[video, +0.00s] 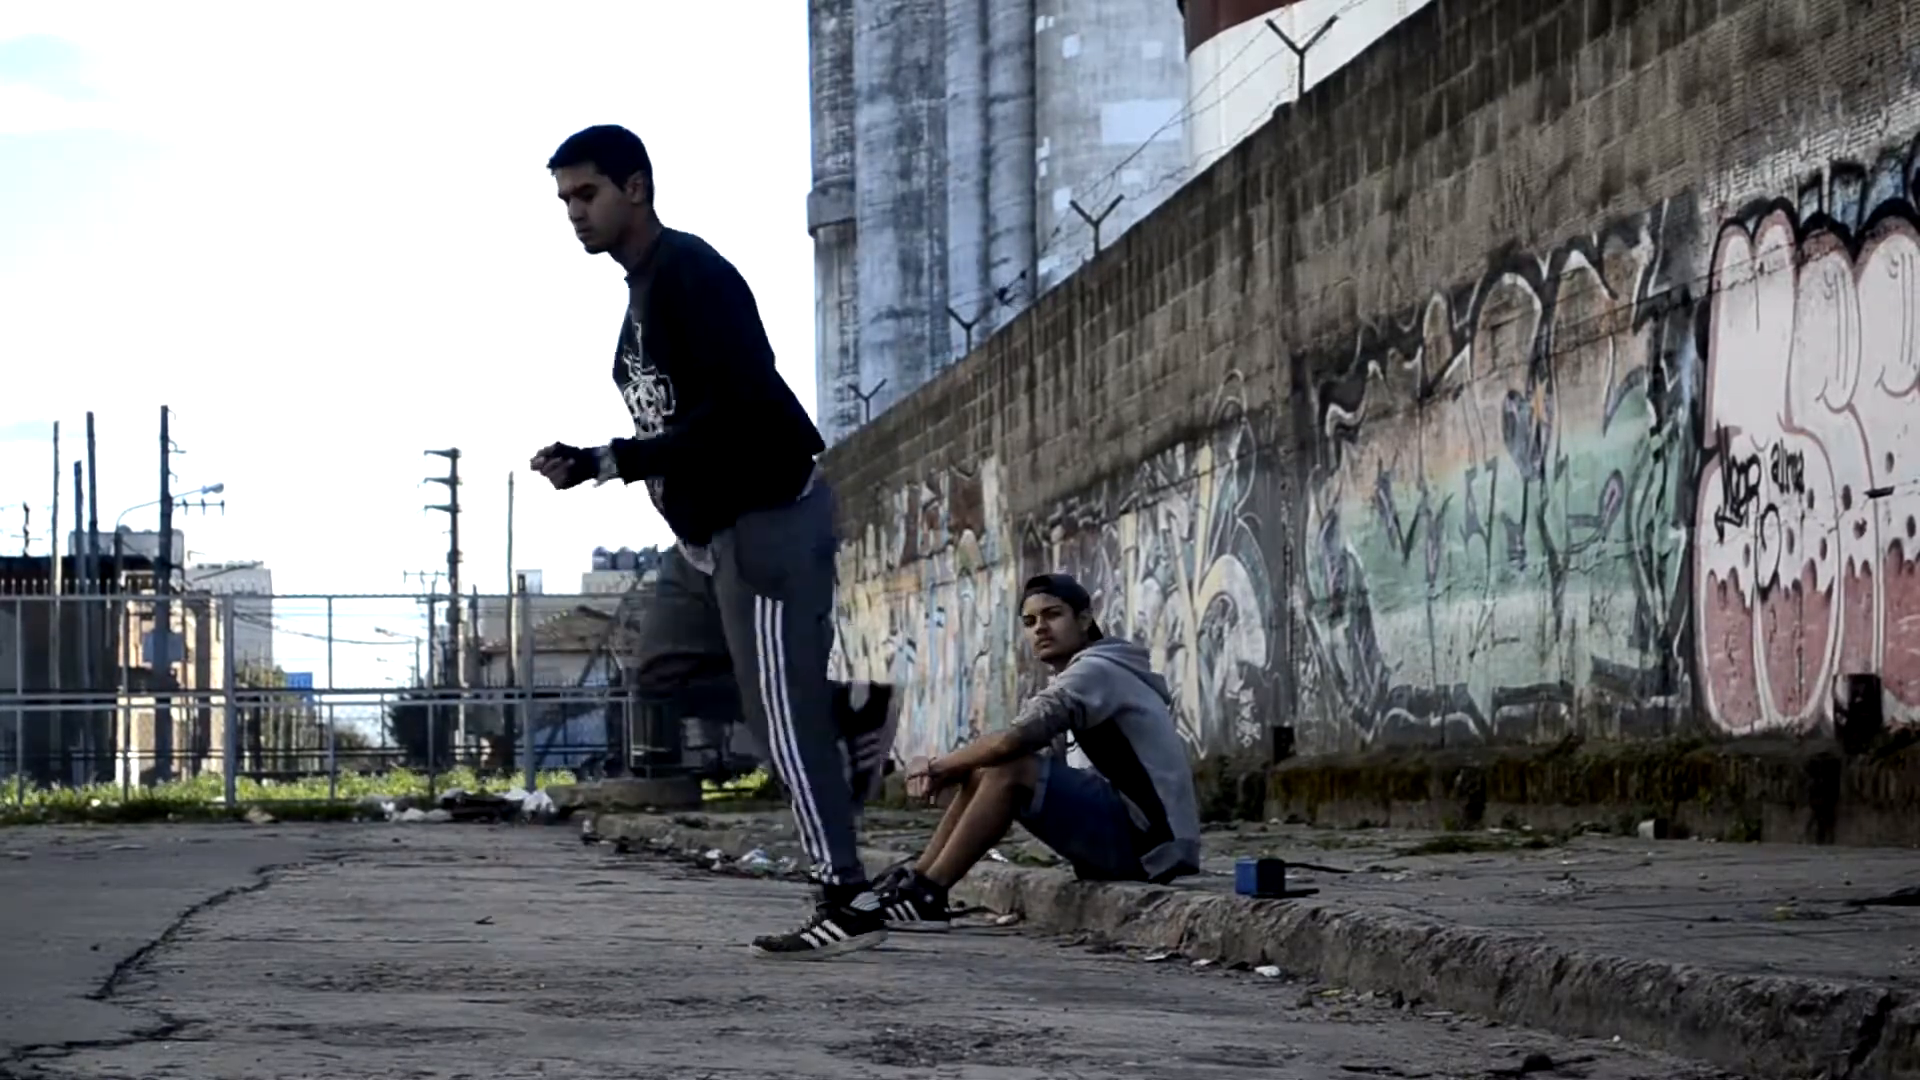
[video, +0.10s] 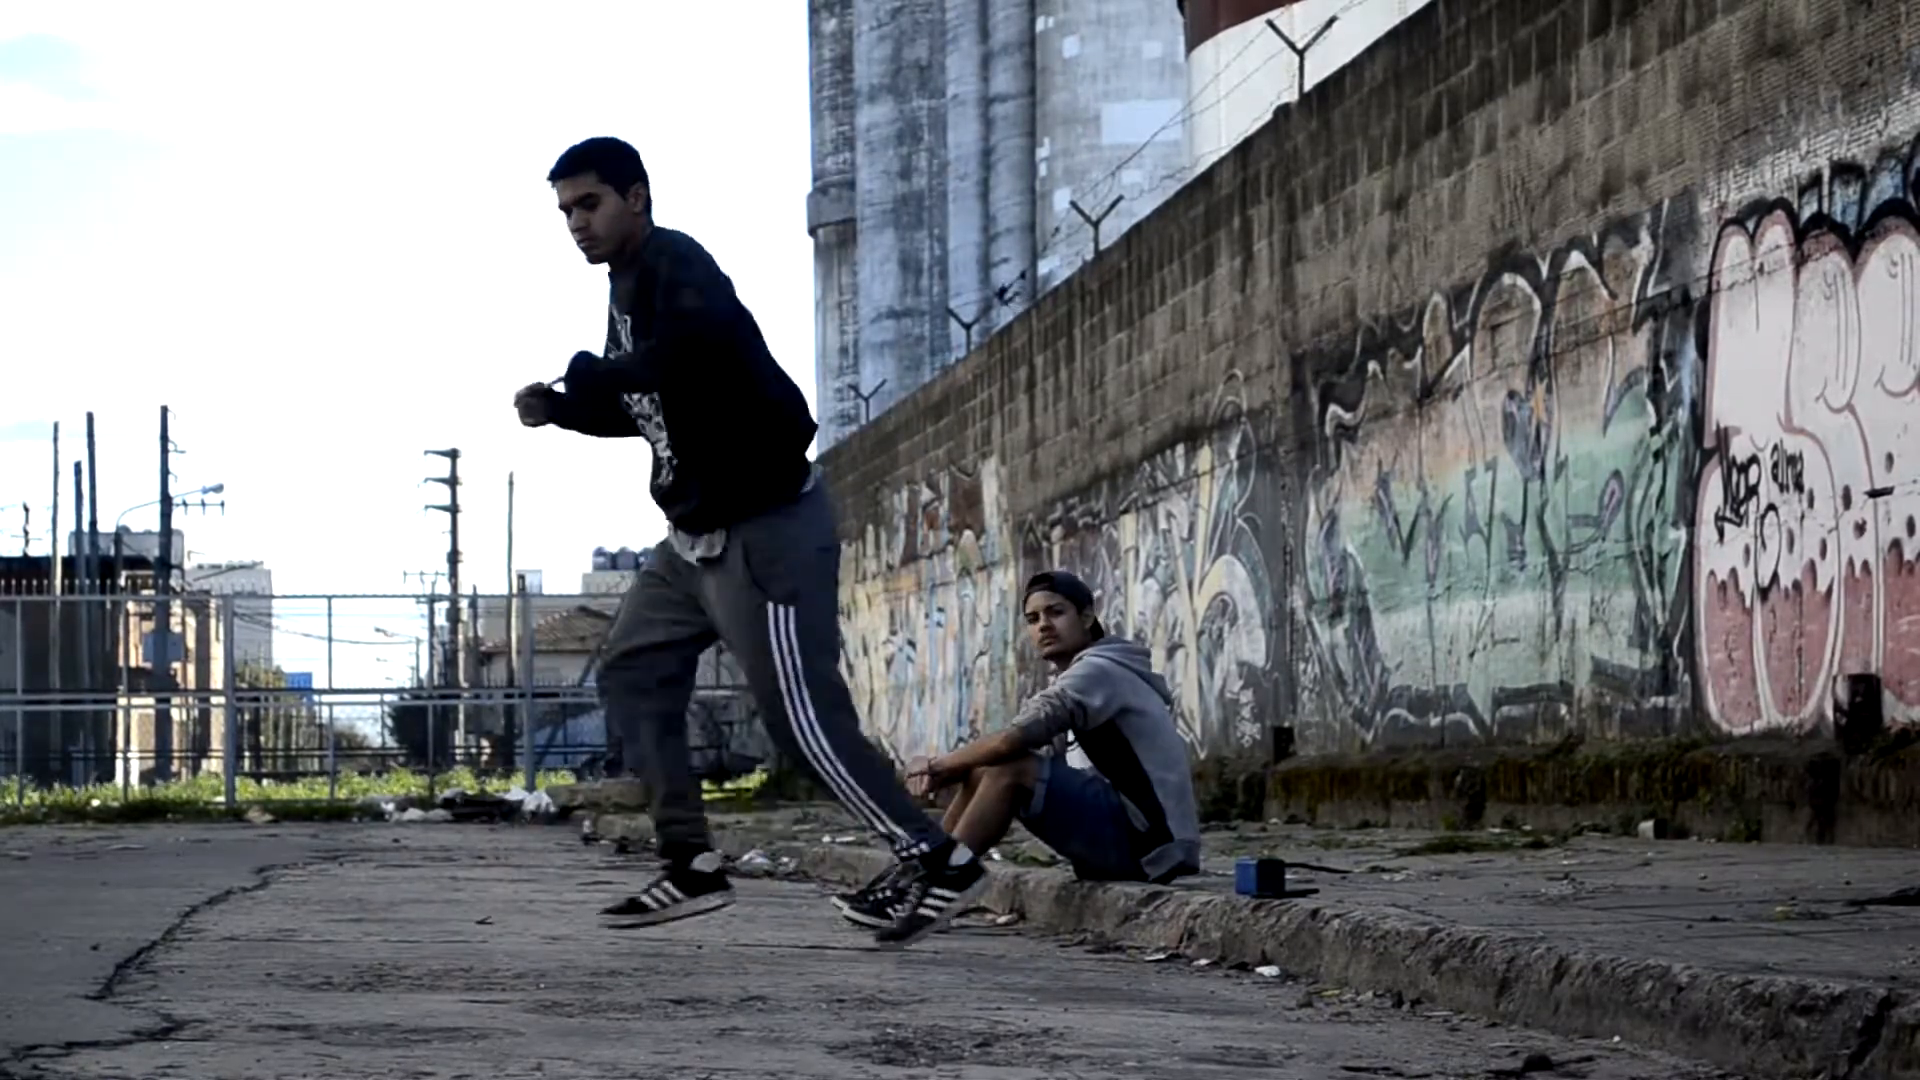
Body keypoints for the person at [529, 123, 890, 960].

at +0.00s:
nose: (572, 215)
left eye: (583, 196)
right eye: (565, 201)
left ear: (635, 186)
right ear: (581, 203)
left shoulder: (689, 275)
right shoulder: (647, 292)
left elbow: (723, 425)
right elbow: (690, 424)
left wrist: (603, 461)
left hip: (771, 518)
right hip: (722, 530)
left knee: (786, 710)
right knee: (658, 672)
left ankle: (846, 898)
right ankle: (849, 710)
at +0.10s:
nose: (576, 223)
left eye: (587, 205)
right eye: (566, 212)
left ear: (634, 196)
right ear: (570, 220)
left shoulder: (672, 262)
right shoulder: (626, 288)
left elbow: (699, 341)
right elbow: (643, 409)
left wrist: (594, 377)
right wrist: (563, 408)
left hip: (767, 525)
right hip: (697, 535)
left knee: (806, 718)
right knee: (633, 675)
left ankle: (937, 857)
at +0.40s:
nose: (613, 193)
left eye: (629, 175)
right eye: (600, 180)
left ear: (665, 180)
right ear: (591, 193)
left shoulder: (711, 268)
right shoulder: (621, 294)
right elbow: (638, 411)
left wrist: (655, 461)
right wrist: (615, 478)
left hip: (770, 500)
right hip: (709, 524)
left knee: (709, 677)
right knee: (688, 700)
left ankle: (873, 747)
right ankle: (737, 895)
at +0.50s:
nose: (634, 216)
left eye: (649, 199)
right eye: (620, 204)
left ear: (683, 205)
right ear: (609, 217)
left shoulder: (736, 292)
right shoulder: (637, 318)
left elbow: (811, 403)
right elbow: (680, 432)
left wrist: (745, 491)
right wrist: (648, 486)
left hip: (777, 515)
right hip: (725, 526)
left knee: (645, 625)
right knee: (734, 734)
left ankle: (811, 672)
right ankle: (832, 903)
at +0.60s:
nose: (619, 227)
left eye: (634, 210)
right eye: (605, 214)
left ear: (666, 215)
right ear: (594, 229)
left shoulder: (723, 298)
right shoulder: (621, 338)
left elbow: (829, 393)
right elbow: (639, 437)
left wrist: (801, 490)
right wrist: (631, 474)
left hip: (774, 506)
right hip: (752, 517)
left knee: (635, 603)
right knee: (781, 717)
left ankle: (771, 733)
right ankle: (840, 905)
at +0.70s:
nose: (605, 236)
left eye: (619, 218)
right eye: (590, 224)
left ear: (653, 218)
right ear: (579, 234)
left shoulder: (712, 288)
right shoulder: (598, 324)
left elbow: (840, 339)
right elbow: (569, 409)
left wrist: (815, 441)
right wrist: (564, 439)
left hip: (782, 503)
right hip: (752, 515)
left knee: (668, 646)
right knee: (801, 706)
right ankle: (930, 860)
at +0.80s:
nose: (603, 292)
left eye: (618, 274)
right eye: (589, 279)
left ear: (653, 274)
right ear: (579, 286)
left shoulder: (705, 329)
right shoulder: (584, 360)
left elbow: (828, 311)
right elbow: (506, 381)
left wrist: (775, 359)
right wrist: (476, 411)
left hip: (781, 566)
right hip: (746, 578)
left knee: (666, 712)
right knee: (859, 752)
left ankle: (628, 906)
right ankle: (1011, 885)